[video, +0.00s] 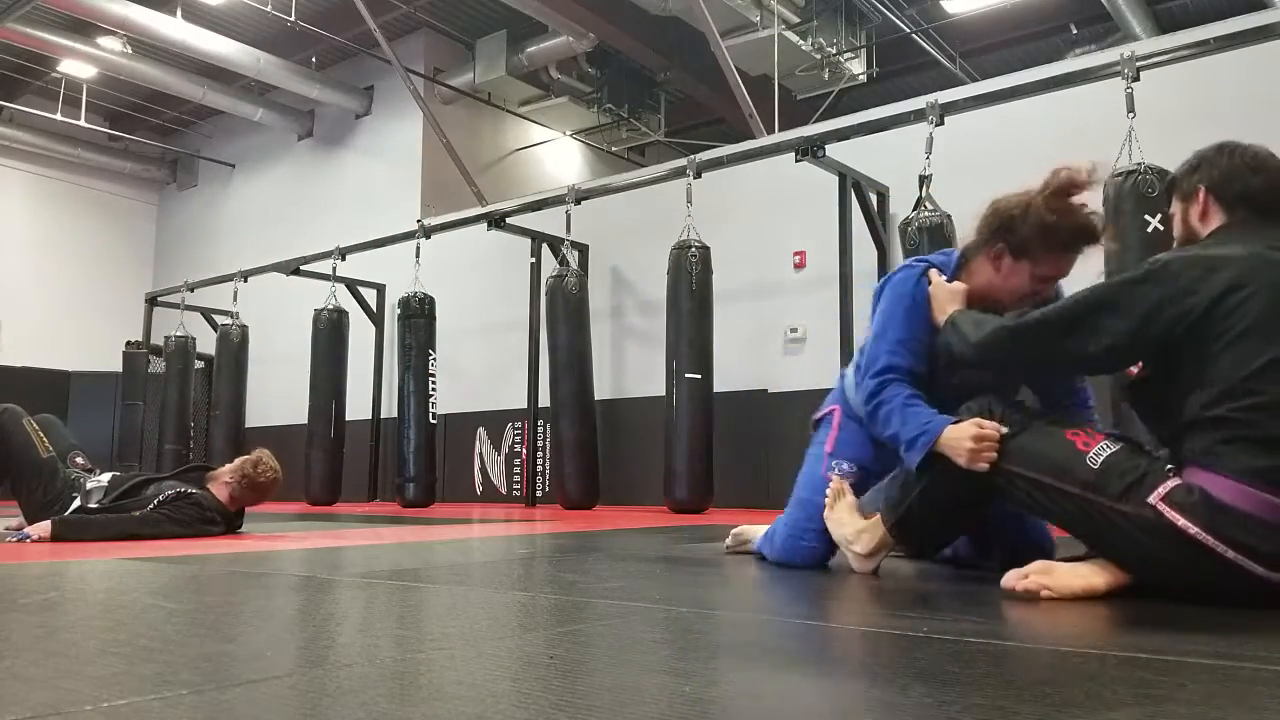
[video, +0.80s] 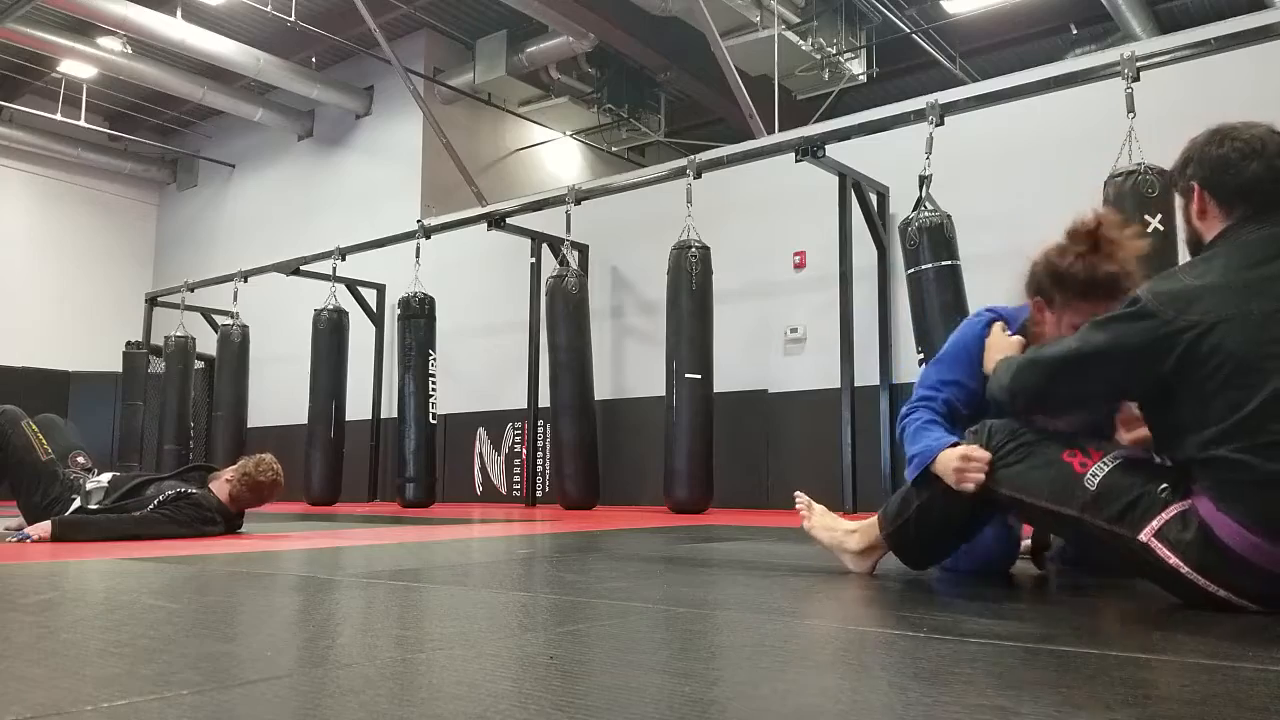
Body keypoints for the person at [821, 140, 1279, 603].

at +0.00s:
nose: (1171, 232)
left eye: (1175, 218)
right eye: (1172, 219)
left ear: (1204, 205)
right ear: (1267, 209)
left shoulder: (1198, 271)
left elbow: (1044, 334)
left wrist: (953, 318)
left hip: (1216, 532)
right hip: (1272, 554)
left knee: (994, 432)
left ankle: (873, 533)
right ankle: (1112, 564)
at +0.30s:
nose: (1159, 222)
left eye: (1163, 208)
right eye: (1158, 211)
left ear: (1189, 201)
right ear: (1264, 194)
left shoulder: (1178, 288)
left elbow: (1027, 348)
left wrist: (989, 293)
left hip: (1208, 542)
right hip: (1269, 556)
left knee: (1002, 430)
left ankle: (865, 537)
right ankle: (1110, 564)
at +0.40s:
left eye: (1163, 203)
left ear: (1190, 197)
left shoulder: (1176, 286)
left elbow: (1029, 335)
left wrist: (992, 284)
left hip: (1214, 546)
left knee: (1006, 430)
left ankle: (865, 534)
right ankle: (1104, 561)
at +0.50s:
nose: (1160, 222)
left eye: (1165, 207)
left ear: (1189, 204)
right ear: (1268, 195)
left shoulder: (1176, 290)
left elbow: (1025, 342)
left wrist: (989, 293)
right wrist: (1119, 434)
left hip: (1208, 553)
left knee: (1003, 433)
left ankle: (864, 534)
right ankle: (1099, 563)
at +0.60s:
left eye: (1166, 207)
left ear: (1189, 205)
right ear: (1271, 194)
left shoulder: (1175, 294)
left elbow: (1011, 363)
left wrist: (985, 328)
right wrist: (1121, 438)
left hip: (1218, 556)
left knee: (983, 442)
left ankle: (860, 538)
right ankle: (1073, 551)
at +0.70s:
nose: (1081, 334)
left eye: (1093, 319)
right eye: (1068, 318)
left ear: (1107, 308)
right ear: (1026, 299)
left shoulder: (1102, 351)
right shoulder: (966, 328)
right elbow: (911, 414)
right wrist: (928, 465)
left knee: (1089, 555)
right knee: (982, 554)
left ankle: (1050, 548)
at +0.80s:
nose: (1093, 341)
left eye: (1105, 328)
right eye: (1080, 329)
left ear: (1121, 316)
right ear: (1042, 312)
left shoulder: (1116, 354)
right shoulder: (986, 331)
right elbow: (922, 412)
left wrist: (1135, 435)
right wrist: (939, 456)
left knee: (1115, 552)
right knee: (985, 553)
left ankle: (1052, 546)